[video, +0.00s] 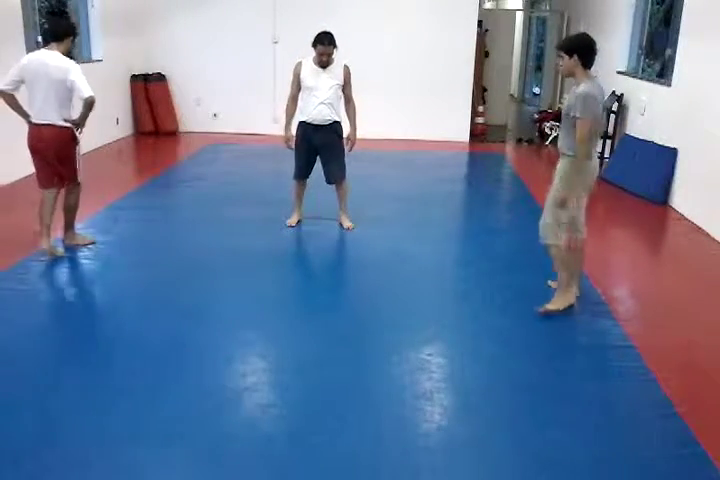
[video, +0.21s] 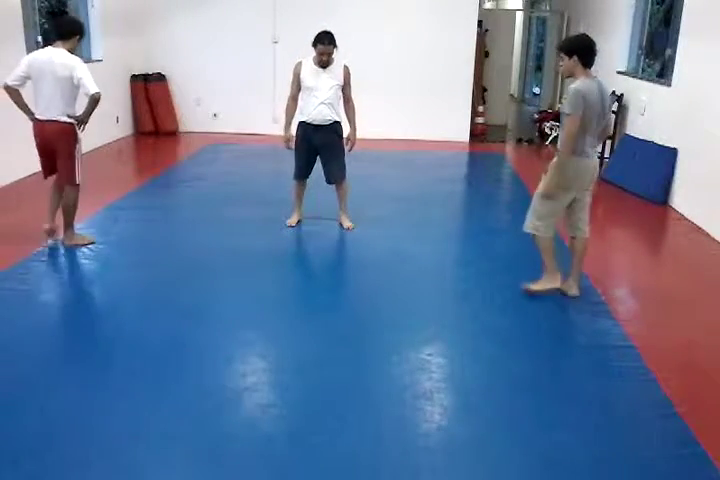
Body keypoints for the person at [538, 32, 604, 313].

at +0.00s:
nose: (558, 63)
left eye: (562, 58)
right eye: (558, 57)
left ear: (576, 59)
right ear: (580, 60)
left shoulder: (586, 93)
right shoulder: (588, 89)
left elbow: (582, 145)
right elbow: (582, 141)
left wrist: (569, 187)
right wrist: (568, 178)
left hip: (574, 165)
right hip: (578, 163)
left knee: (554, 225)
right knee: (571, 224)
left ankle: (566, 290)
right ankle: (569, 279)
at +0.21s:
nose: (559, 65)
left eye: (562, 59)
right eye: (559, 59)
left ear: (576, 59)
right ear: (582, 60)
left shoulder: (577, 90)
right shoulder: (601, 88)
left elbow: (569, 134)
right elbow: (605, 130)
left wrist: (554, 170)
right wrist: (583, 144)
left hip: (569, 162)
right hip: (590, 163)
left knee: (539, 218)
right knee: (580, 225)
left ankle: (550, 275)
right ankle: (573, 281)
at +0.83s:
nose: (541, 63)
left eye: (543, 58)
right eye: (541, 58)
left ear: (555, 58)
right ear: (566, 58)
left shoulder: (548, 86)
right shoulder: (588, 84)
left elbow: (541, 126)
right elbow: (592, 123)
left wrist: (533, 159)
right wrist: (587, 153)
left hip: (551, 149)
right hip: (576, 151)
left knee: (545, 201)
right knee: (568, 200)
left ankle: (548, 254)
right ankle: (568, 242)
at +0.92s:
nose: (540, 60)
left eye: (543, 55)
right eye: (540, 55)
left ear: (554, 56)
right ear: (566, 55)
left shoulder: (548, 83)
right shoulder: (586, 82)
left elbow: (541, 121)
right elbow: (590, 119)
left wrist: (532, 153)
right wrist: (589, 150)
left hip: (550, 145)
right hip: (573, 146)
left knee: (545, 200)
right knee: (563, 194)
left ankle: (549, 254)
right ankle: (563, 236)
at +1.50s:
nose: (533, 56)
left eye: (537, 51)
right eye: (533, 51)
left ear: (550, 51)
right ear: (548, 52)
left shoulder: (560, 75)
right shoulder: (551, 75)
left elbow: (565, 107)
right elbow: (554, 107)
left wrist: (562, 135)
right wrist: (544, 133)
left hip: (555, 133)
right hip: (547, 131)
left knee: (542, 187)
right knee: (543, 186)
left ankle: (565, 231)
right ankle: (544, 231)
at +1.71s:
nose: (539, 56)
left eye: (543, 51)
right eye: (539, 51)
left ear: (556, 51)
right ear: (550, 52)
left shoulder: (569, 74)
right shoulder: (549, 73)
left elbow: (579, 110)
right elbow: (549, 108)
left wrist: (579, 144)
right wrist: (531, 122)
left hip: (563, 135)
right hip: (545, 133)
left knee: (557, 188)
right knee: (541, 186)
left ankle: (570, 218)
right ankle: (544, 229)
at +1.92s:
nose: (546, 61)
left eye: (550, 56)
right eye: (546, 56)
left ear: (564, 56)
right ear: (553, 57)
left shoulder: (580, 81)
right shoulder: (555, 80)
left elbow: (589, 115)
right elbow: (551, 113)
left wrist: (584, 147)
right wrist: (538, 134)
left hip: (572, 138)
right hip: (550, 136)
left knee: (571, 185)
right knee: (533, 176)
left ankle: (569, 225)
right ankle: (541, 222)